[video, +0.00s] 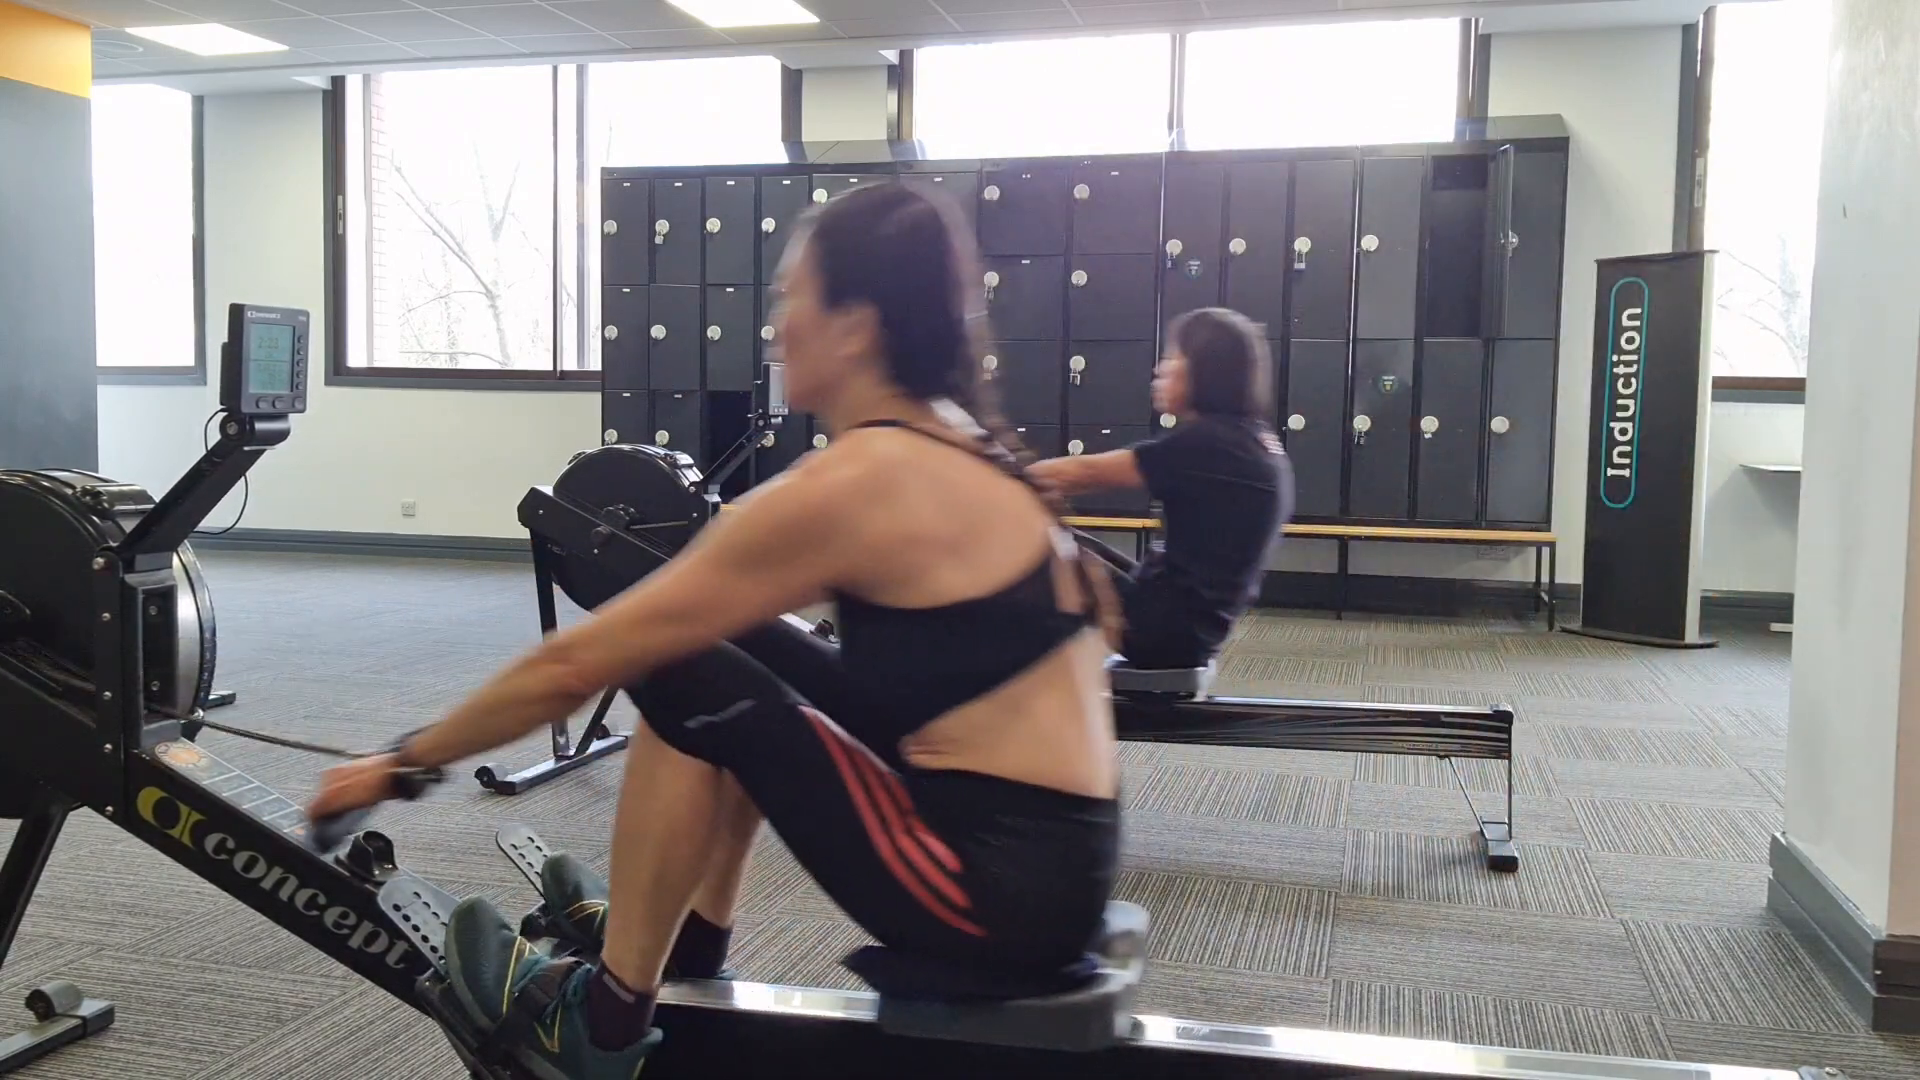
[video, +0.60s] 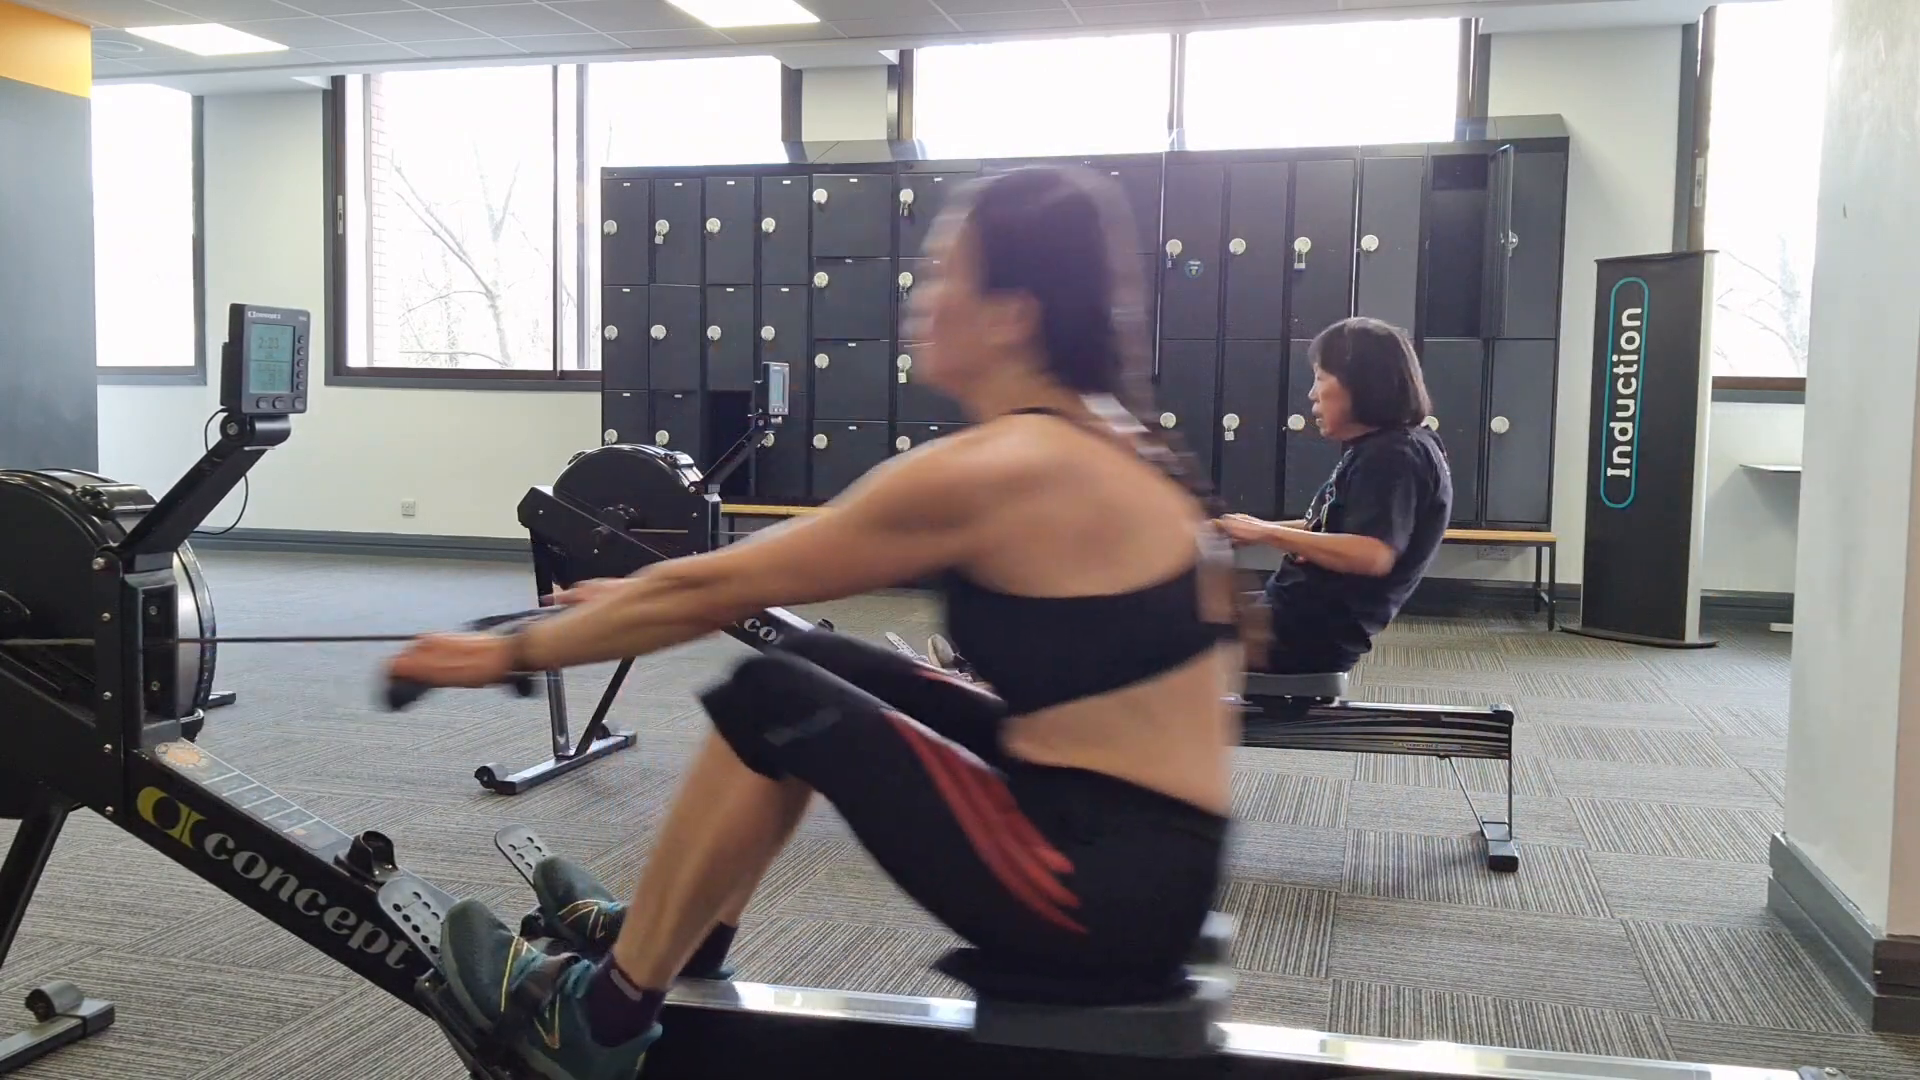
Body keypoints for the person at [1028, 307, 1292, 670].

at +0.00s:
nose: (1156, 370)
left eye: (1170, 358)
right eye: (1164, 358)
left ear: (1202, 370)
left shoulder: (1205, 444)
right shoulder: (1259, 443)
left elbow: (1082, 473)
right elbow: (1102, 476)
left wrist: (1003, 481)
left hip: (1164, 636)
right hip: (1199, 631)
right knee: (1058, 540)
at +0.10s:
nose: (1203, 374)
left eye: (1216, 362)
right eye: (1210, 361)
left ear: (1250, 375)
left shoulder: (1250, 446)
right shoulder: (1296, 444)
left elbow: (1134, 480)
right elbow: (1140, 482)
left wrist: (1025, 487)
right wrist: (1051, 497)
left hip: (1195, 638)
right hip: (1224, 632)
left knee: (1047, 546)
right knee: (1057, 539)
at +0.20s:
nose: (1245, 376)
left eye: (1257, 365)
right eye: (1250, 364)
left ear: (1293, 380)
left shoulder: (1297, 449)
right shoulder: (1327, 446)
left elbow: (1179, 492)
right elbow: (1184, 490)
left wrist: (1071, 497)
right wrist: (1075, 499)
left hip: (1231, 635)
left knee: (1065, 567)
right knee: (1078, 557)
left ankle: (992, 677)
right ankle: (998, 674)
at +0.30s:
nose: (1276, 381)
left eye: (1290, 369)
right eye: (1283, 367)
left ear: (1327, 382)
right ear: (1335, 386)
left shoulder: (1337, 453)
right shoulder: (1360, 447)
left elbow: (1224, 508)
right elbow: (1227, 504)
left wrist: (1118, 503)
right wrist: (1124, 504)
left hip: (1262, 635)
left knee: (1089, 586)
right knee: (1102, 577)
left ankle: (994, 682)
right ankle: (999, 676)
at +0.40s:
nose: (1299, 388)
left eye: (1312, 375)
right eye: (1304, 374)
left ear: (1350, 386)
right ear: (1347, 390)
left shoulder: (1370, 458)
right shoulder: (1375, 449)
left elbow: (1276, 521)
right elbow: (1274, 515)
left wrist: (1169, 513)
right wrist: (1171, 513)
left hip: (1284, 635)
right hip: (1281, 615)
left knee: (1109, 602)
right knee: (1114, 590)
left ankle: (1006, 685)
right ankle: (1021, 686)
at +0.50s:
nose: (1310, 392)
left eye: (1320, 376)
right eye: (1314, 377)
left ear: (1359, 383)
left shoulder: (1388, 456)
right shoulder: (1370, 448)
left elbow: (1323, 543)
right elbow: (1306, 520)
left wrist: (1215, 523)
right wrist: (1210, 523)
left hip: (1303, 636)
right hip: (1284, 614)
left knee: (1125, 621)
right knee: (1131, 601)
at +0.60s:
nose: (1311, 396)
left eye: (1321, 379)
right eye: (1315, 380)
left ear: (1361, 384)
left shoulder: (1393, 455)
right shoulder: (1374, 448)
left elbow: (1375, 556)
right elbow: (1323, 531)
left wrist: (1267, 533)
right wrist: (1262, 530)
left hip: (1304, 640)